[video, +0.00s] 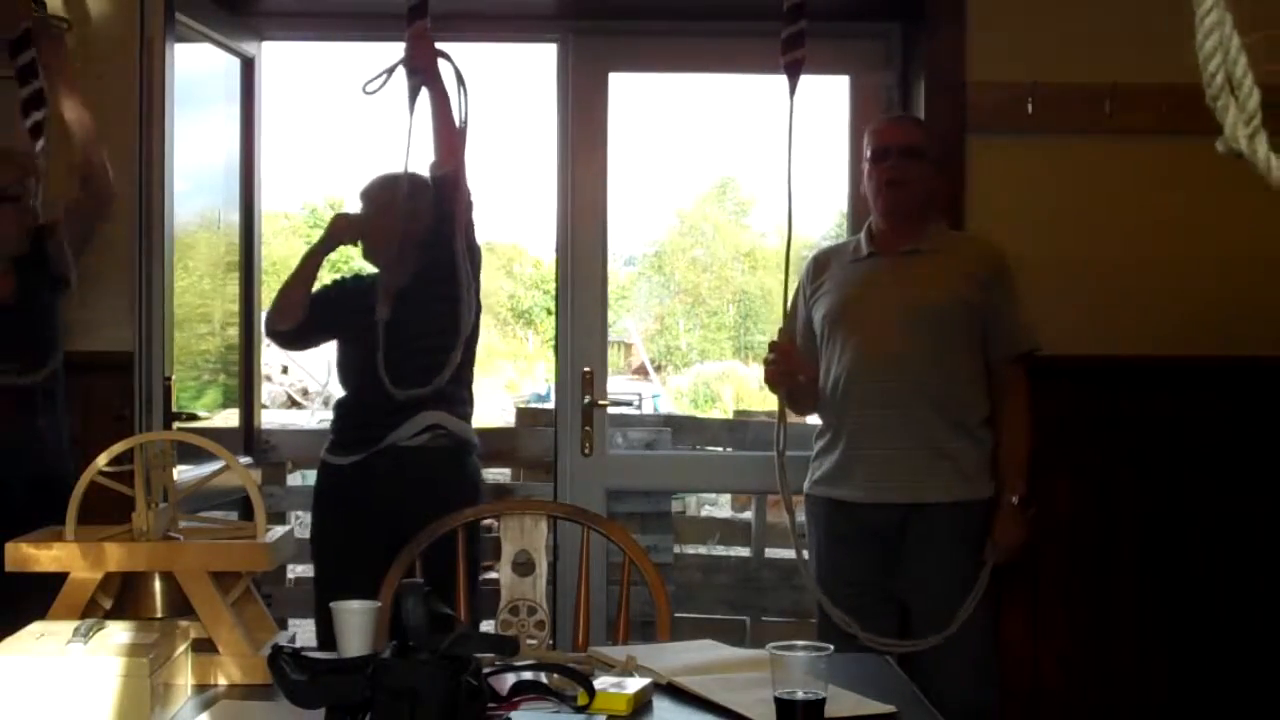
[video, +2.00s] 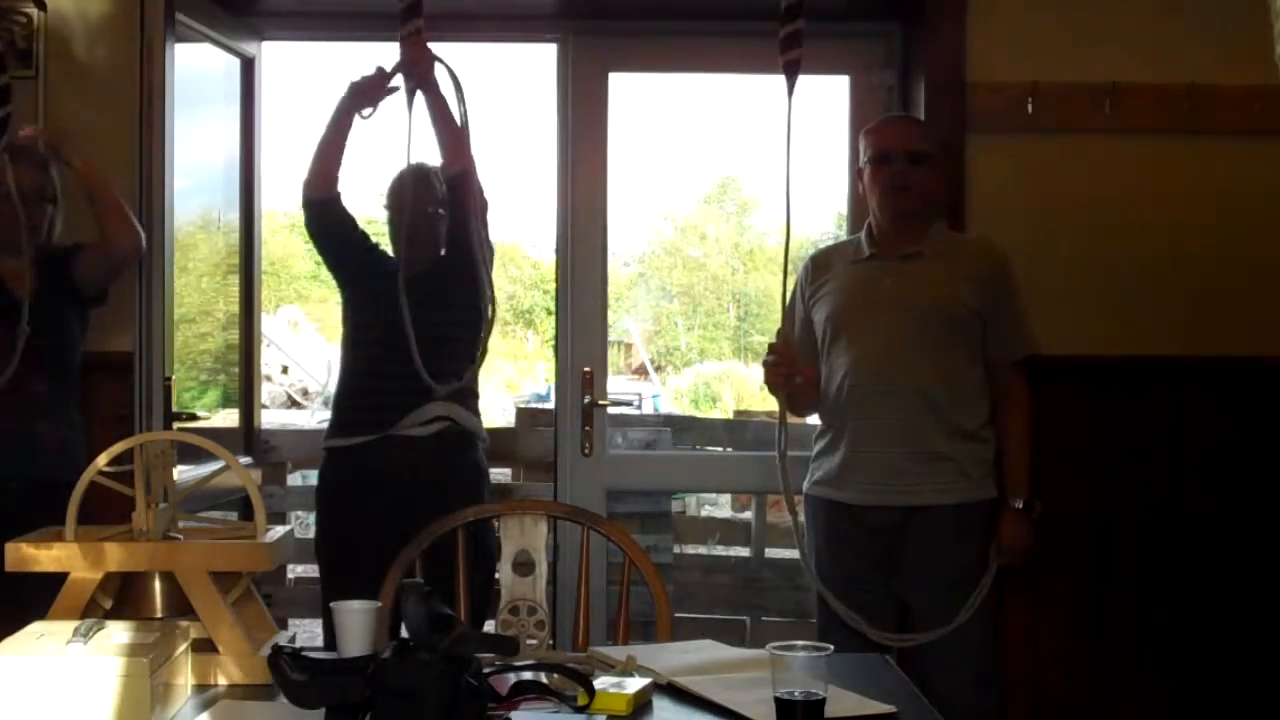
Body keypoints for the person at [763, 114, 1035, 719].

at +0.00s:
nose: (892, 168)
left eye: (909, 156)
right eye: (879, 157)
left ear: (935, 173)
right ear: (863, 175)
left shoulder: (976, 262)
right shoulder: (824, 268)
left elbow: (1010, 386)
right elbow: (809, 397)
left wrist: (1012, 498)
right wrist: (787, 380)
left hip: (950, 506)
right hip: (842, 505)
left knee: (953, 679)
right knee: (854, 677)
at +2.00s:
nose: (900, 173)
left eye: (917, 160)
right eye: (884, 161)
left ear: (939, 175)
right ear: (862, 177)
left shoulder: (979, 264)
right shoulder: (822, 269)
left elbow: (1010, 389)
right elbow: (805, 397)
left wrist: (1016, 503)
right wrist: (787, 384)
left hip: (952, 509)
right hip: (842, 508)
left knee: (953, 684)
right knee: (853, 681)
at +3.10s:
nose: (868, 169)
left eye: (887, 157)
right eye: (862, 159)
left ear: (930, 175)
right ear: (853, 175)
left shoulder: (976, 262)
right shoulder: (824, 269)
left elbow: (1009, 385)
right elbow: (814, 394)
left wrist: (1008, 499)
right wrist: (778, 386)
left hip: (947, 510)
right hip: (841, 508)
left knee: (950, 683)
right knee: (850, 680)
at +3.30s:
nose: (864, 170)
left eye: (883, 158)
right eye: (859, 160)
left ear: (927, 175)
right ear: (851, 175)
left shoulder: (974, 260)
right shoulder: (823, 270)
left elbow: (1008, 384)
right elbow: (813, 395)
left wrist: (1008, 498)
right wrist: (778, 386)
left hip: (945, 508)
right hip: (839, 507)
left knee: (948, 682)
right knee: (848, 679)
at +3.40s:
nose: (864, 169)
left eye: (884, 158)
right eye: (860, 159)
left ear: (927, 176)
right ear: (851, 174)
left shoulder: (970, 260)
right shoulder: (821, 269)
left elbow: (1005, 383)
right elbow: (812, 395)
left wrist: (1008, 497)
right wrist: (777, 386)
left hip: (943, 506)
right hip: (838, 505)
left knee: (948, 681)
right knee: (849, 678)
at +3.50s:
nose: (859, 171)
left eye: (879, 159)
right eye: (856, 160)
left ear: (924, 176)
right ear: (848, 175)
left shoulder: (970, 260)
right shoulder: (821, 270)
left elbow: (1005, 383)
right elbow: (810, 395)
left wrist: (1006, 498)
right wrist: (775, 386)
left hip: (941, 506)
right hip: (836, 505)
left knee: (946, 681)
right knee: (847, 678)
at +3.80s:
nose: (848, 170)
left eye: (868, 159)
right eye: (848, 160)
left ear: (915, 177)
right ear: (845, 173)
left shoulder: (962, 261)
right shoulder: (817, 271)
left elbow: (1000, 384)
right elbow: (807, 396)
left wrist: (1000, 499)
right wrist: (773, 386)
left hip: (936, 508)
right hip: (833, 507)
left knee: (941, 679)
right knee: (843, 676)